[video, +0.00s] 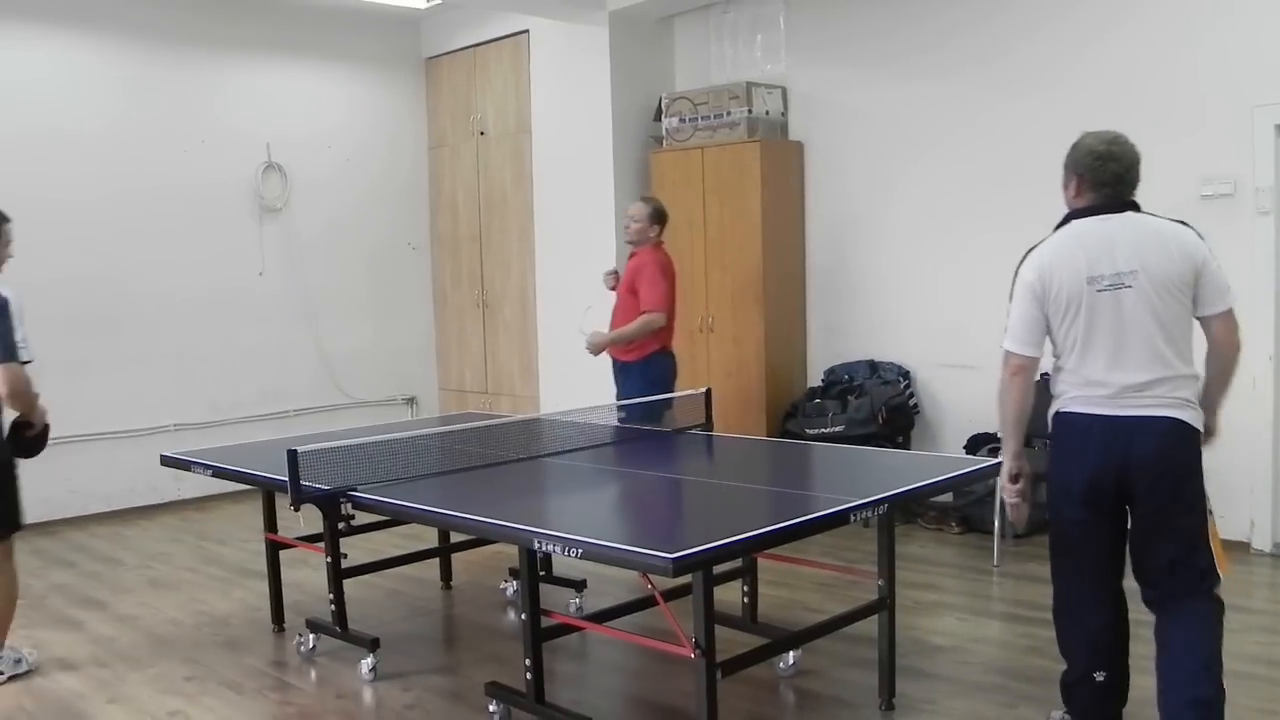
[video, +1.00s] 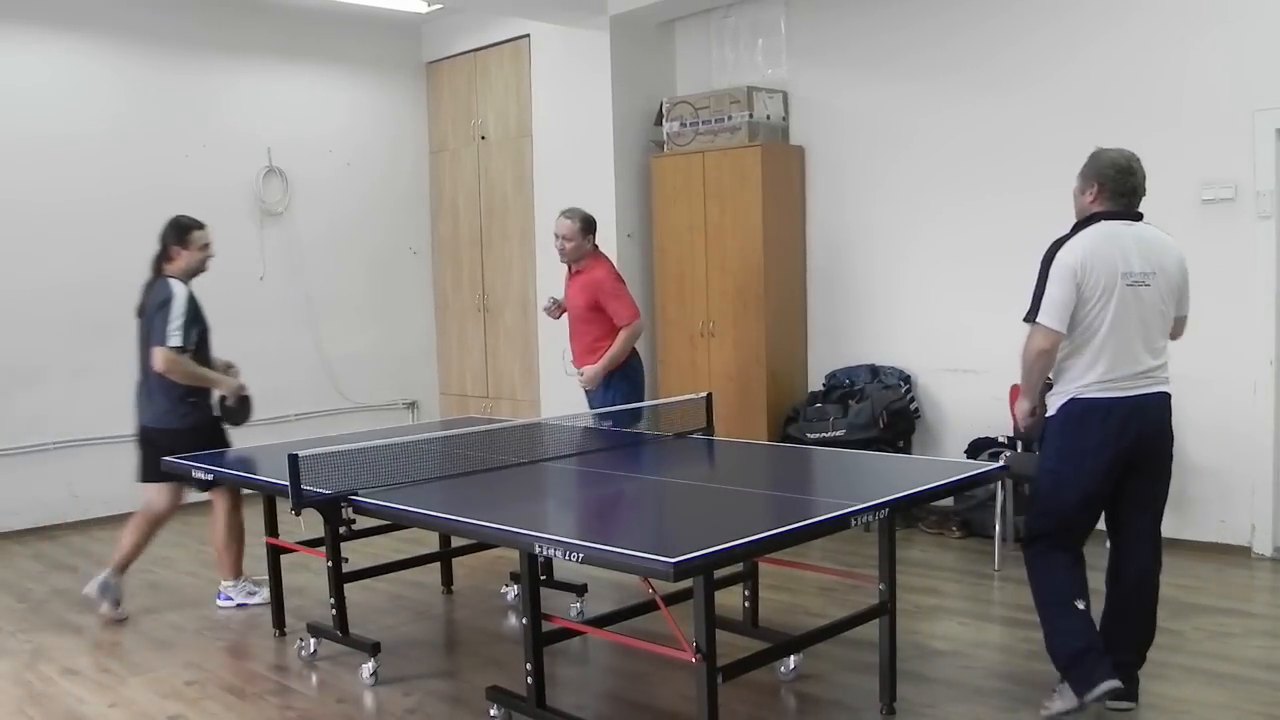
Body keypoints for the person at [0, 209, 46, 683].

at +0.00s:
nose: (9, 253)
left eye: (9, 244)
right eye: (7, 245)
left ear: (3, 246)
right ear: (1, 247)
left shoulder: (5, 303)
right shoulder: (1, 302)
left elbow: (12, 385)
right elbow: (11, 386)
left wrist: (31, 409)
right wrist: (34, 412)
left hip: (1, 446)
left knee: (6, 544)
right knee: (3, 545)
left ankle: (4, 645)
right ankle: (3, 646)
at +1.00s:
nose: (209, 256)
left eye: (208, 248)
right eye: (203, 249)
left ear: (175, 253)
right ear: (176, 252)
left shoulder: (157, 290)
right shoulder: (177, 293)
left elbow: (171, 352)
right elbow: (165, 361)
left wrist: (213, 364)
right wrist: (219, 382)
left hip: (158, 420)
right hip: (190, 422)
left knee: (161, 501)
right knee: (225, 492)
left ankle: (110, 579)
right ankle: (232, 586)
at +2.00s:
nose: (340, 239)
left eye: (341, 233)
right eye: (333, 234)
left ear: (337, 238)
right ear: (309, 237)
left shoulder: (346, 280)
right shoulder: (287, 277)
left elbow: (363, 324)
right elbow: (260, 327)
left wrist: (365, 336)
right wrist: (295, 368)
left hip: (340, 394)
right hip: (298, 394)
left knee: (341, 471)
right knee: (293, 475)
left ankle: (336, 547)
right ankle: (292, 551)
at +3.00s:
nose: (342, 242)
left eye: (345, 236)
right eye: (334, 237)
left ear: (347, 241)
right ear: (313, 242)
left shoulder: (355, 284)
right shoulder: (291, 280)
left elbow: (369, 337)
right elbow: (263, 328)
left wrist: (350, 336)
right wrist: (306, 348)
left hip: (346, 394)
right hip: (301, 395)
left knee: (350, 466)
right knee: (301, 469)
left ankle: (346, 543)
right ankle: (302, 546)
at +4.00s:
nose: (272, 243)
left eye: (274, 236)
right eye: (262, 238)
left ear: (279, 238)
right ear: (243, 246)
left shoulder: (298, 279)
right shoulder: (229, 290)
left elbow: (317, 323)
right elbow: (214, 348)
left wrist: (311, 339)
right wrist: (263, 349)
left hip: (302, 402)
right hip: (255, 408)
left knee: (326, 474)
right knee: (257, 488)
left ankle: (342, 549)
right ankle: (267, 565)